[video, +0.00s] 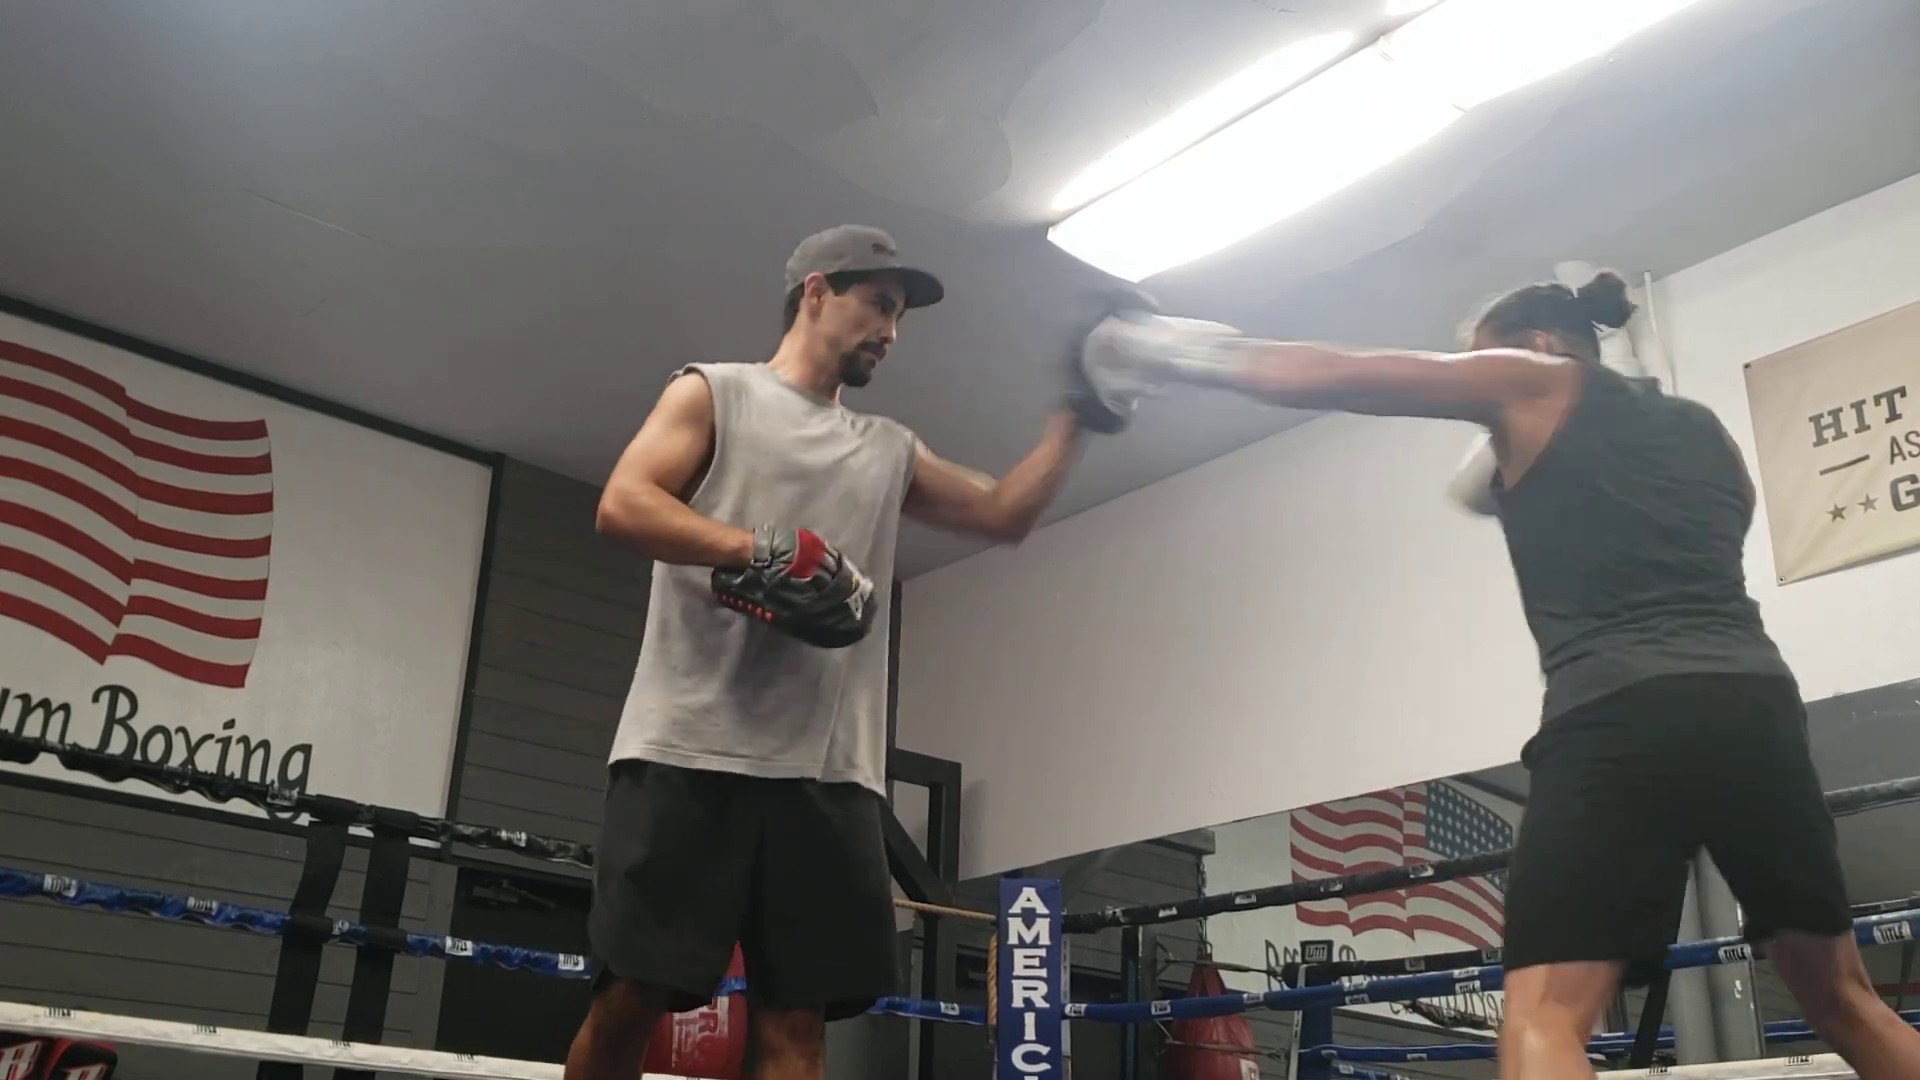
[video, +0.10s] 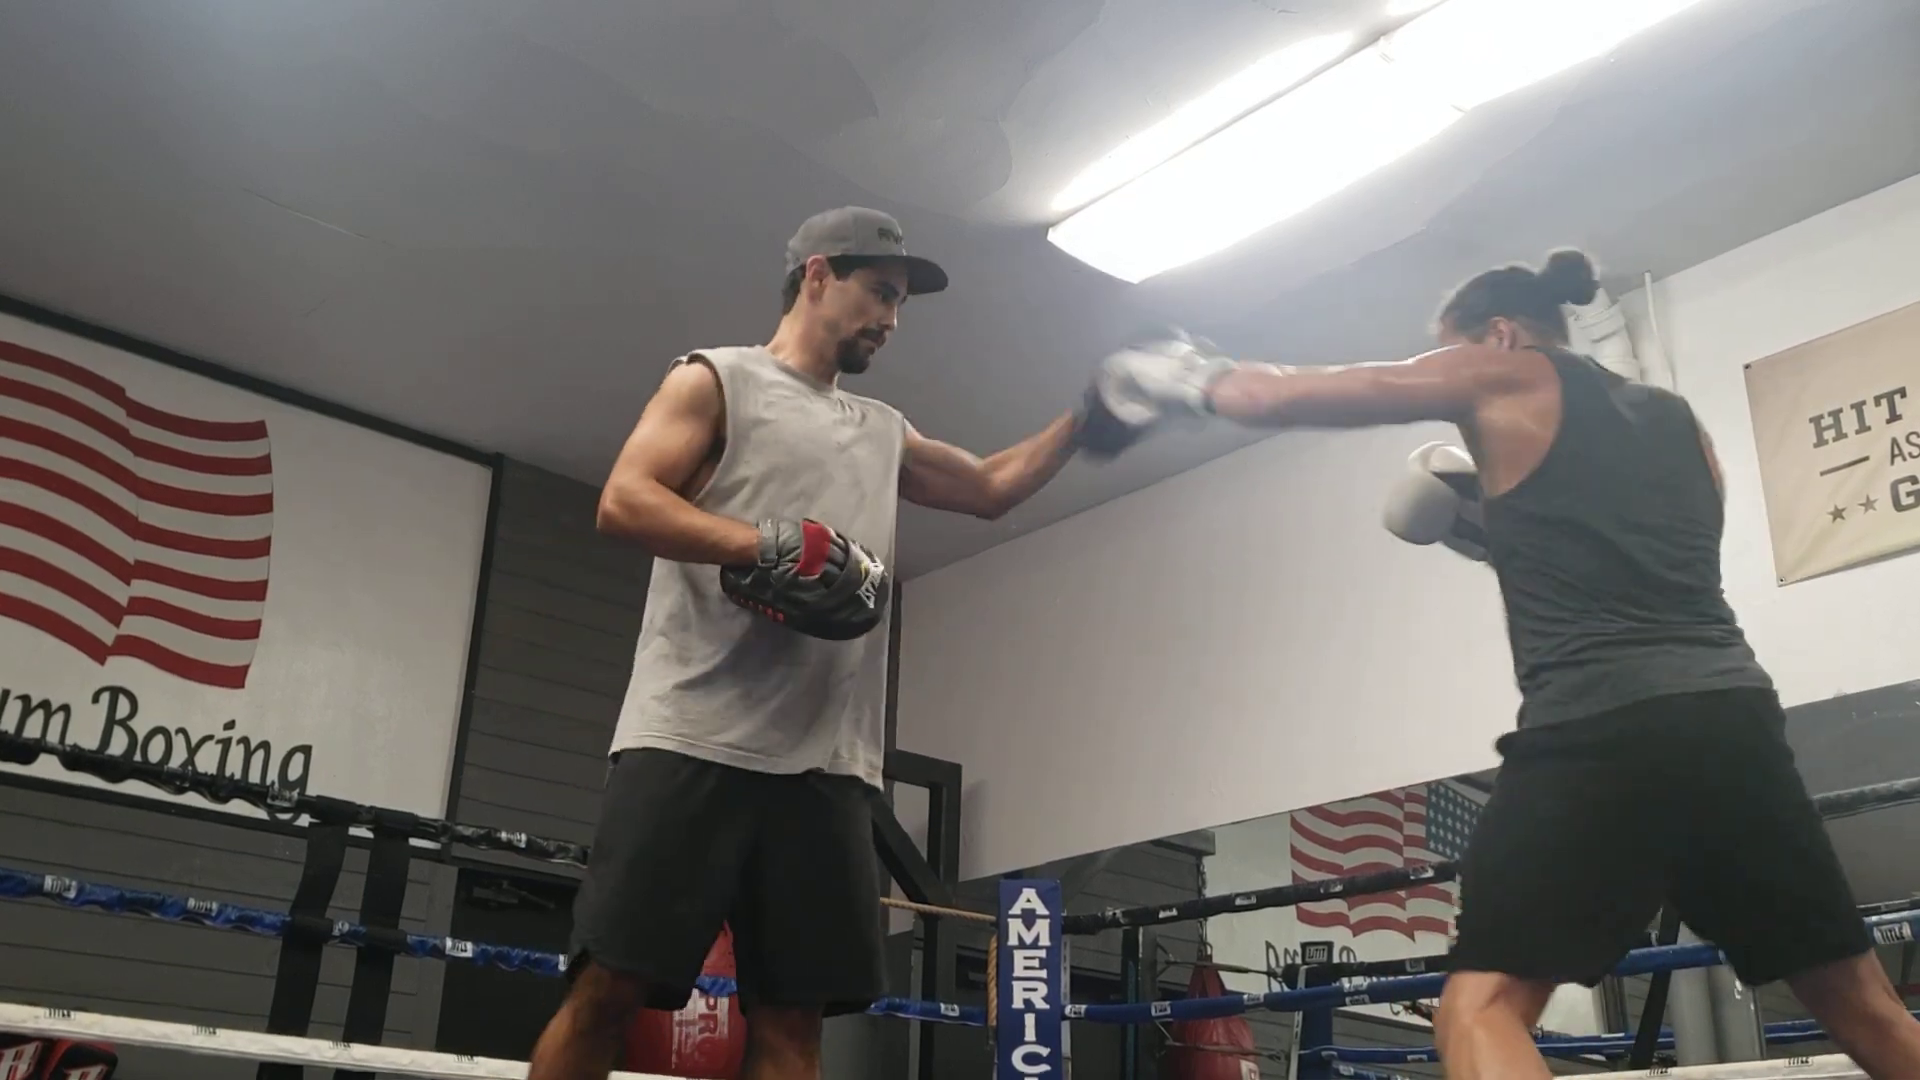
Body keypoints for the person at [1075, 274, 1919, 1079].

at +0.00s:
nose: (1477, 372)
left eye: (1485, 356)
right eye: (1478, 357)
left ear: (1534, 344)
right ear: (1590, 344)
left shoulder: (1533, 377)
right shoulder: (1706, 432)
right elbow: (1644, 507)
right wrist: (1511, 481)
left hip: (1614, 715)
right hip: (1751, 702)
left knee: (1549, 1018)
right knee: (1845, 992)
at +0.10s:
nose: (1451, 360)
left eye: (1457, 343)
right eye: (1449, 347)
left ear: (1504, 333)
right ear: (1552, 329)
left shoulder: (1498, 372)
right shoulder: (1683, 421)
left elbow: (1276, 396)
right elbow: (1631, 549)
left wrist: (1192, 376)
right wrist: (1471, 521)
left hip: (1586, 737)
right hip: (1733, 724)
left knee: (1484, 1008)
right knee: (1863, 1003)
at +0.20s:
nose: (1410, 401)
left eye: (1411, 376)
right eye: (1402, 385)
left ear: (1463, 340)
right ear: (1474, 341)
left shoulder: (1522, 380)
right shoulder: (1633, 419)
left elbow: (1377, 482)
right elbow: (1558, 598)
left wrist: (1317, 465)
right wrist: (1456, 543)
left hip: (1611, 712)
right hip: (1739, 709)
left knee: (1469, 986)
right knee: (1808, 1017)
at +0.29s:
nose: (1386, 439)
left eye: (1385, 412)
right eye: (1375, 424)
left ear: (1442, 374)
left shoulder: (1548, 396)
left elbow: (1485, 525)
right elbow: (1525, 663)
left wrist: (1377, 490)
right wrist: (1440, 574)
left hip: (1654, 723)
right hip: (1751, 723)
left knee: (1460, 975)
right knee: (1775, 1033)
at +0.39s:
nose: (1437, 485)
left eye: (1431, 465)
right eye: (1426, 474)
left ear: (1475, 419)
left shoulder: (1571, 424)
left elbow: (1530, 541)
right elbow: (1531, 715)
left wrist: (1417, 497)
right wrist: (1439, 607)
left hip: (1673, 759)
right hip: (1780, 768)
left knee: (1448, 983)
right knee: (1755, 1053)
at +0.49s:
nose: (1498, 491)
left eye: (1494, 466)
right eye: (1483, 476)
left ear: (1542, 435)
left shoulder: (1635, 449)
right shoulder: (1629, 579)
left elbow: (1603, 533)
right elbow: (1560, 724)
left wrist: (1479, 483)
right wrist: (1482, 605)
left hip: (1685, 774)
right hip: (1799, 790)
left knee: (1482, 997)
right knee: (1765, 1052)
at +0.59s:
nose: (1557, 435)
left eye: (1551, 417)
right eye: (1545, 426)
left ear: (1582, 390)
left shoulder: (1676, 416)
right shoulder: (1647, 530)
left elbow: (1658, 482)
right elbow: (1574, 665)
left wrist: (1533, 435)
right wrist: (1503, 558)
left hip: (1729, 726)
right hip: (1820, 739)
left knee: (1625, 964)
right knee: (1804, 1038)